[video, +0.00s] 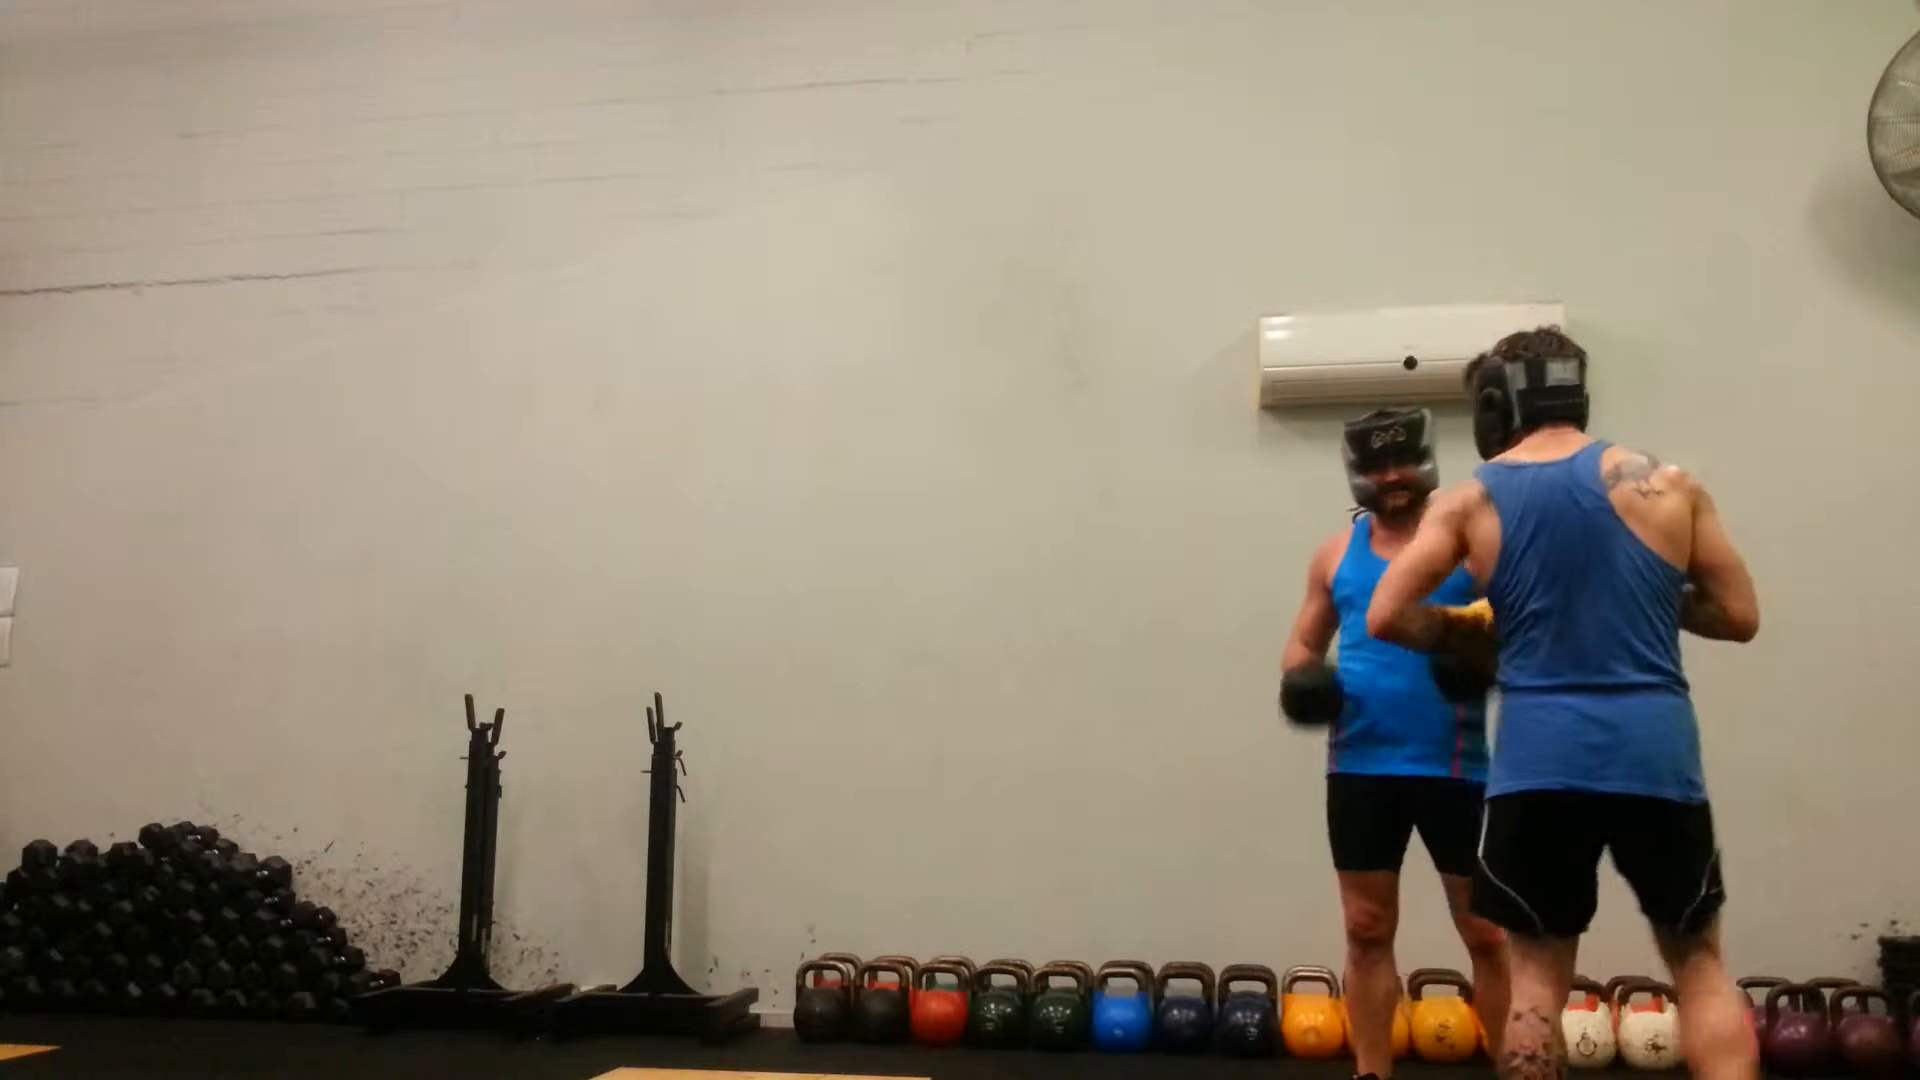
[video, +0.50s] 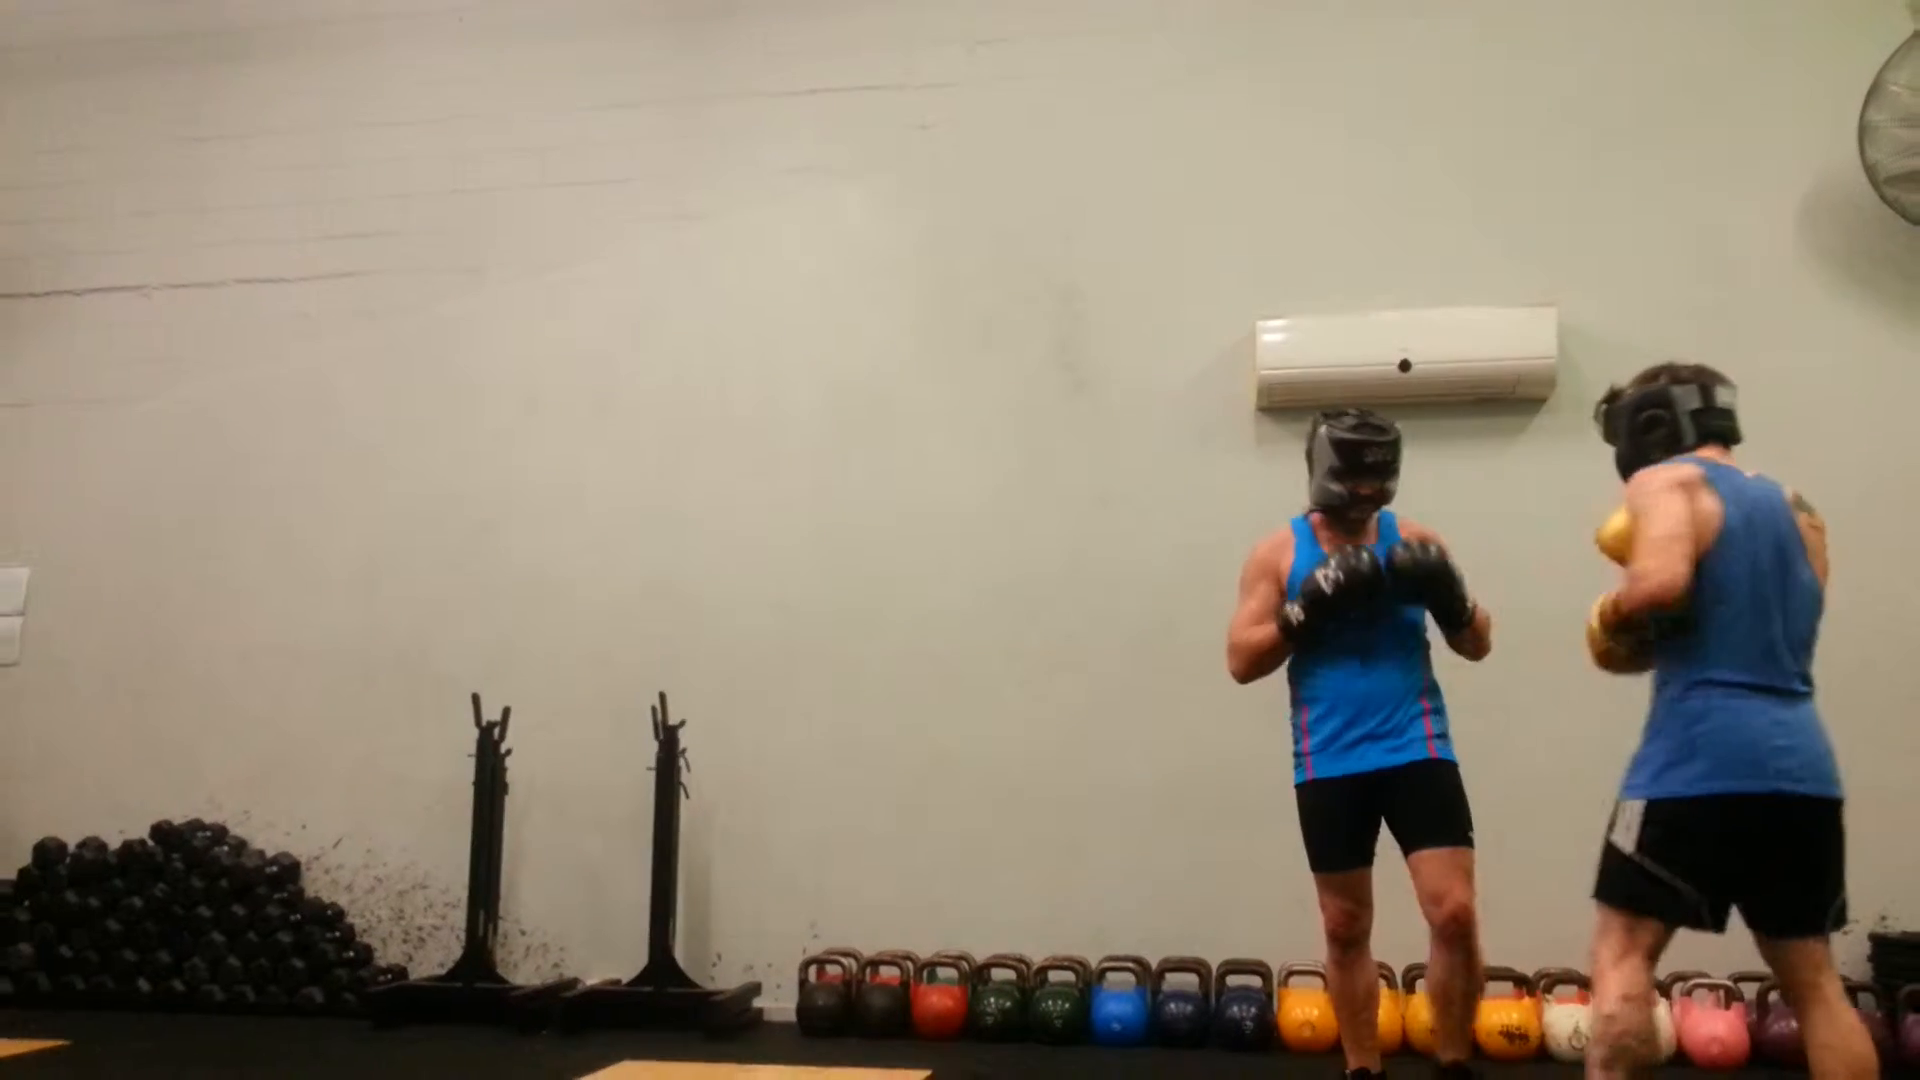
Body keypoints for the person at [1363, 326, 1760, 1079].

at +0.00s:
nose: (1476, 423)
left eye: (1481, 411)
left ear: (1497, 412)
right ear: (1581, 405)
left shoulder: (1471, 499)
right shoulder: (1668, 483)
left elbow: (1390, 615)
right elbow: (1738, 615)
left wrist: (1471, 631)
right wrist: (1642, 589)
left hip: (1536, 775)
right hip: (1659, 772)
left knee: (1537, 970)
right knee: (1697, 959)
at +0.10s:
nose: (1501, 425)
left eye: (1505, 412)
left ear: (1522, 412)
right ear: (1606, 406)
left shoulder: (1499, 496)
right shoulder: (1694, 495)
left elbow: (1401, 603)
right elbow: (1752, 627)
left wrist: (1493, 626)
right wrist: (1655, 594)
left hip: (1556, 775)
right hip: (1678, 774)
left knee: (1551, 969)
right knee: (1730, 966)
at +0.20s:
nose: (1535, 431)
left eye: (1539, 418)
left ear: (1557, 418)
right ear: (1641, 413)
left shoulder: (1542, 493)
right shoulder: (1726, 506)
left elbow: (1433, 596)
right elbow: (1764, 647)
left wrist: (1507, 626)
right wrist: (1681, 596)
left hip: (1584, 782)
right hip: (1701, 784)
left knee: (1561, 981)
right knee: (1767, 986)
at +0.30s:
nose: (1572, 437)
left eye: (1577, 423)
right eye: (1575, 423)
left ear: (1602, 423)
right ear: (1680, 419)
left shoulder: (1590, 494)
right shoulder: (1758, 512)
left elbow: (1489, 595)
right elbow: (1768, 660)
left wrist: (1558, 635)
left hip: (1627, 784)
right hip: (1742, 784)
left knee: (1582, 984)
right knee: (1789, 989)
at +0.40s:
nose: (1603, 451)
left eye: (1606, 436)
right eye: (1600, 438)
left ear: (1635, 429)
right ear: (1705, 425)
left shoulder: (1631, 492)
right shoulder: (1785, 513)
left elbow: (1584, 600)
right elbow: (1775, 630)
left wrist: (1612, 658)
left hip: (1665, 779)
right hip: (1778, 778)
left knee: (1603, 970)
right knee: (1809, 984)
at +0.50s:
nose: (1623, 462)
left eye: (1624, 446)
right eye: (1619, 449)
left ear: (1651, 434)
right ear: (1720, 430)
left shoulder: (1663, 482)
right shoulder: (1800, 512)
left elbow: (1661, 579)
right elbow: (1796, 614)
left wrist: (1612, 614)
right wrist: (1670, 621)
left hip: (1694, 768)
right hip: (1801, 773)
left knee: (1624, 955)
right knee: (1814, 977)